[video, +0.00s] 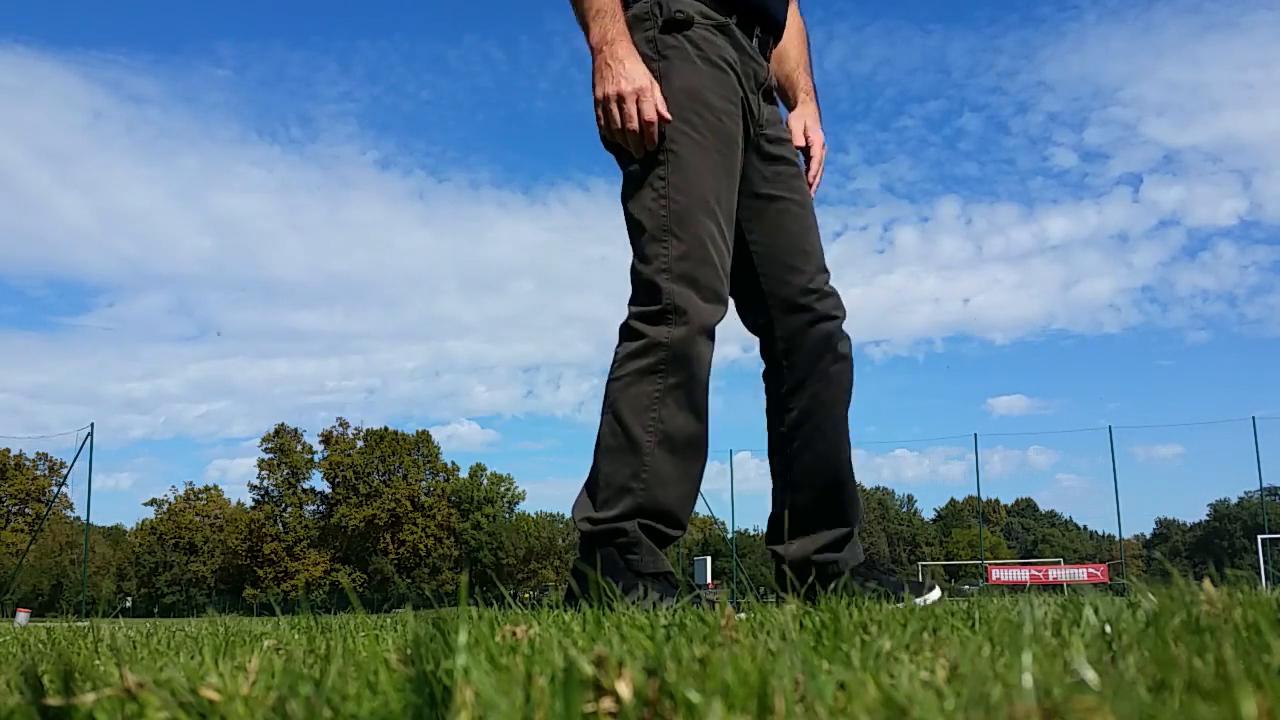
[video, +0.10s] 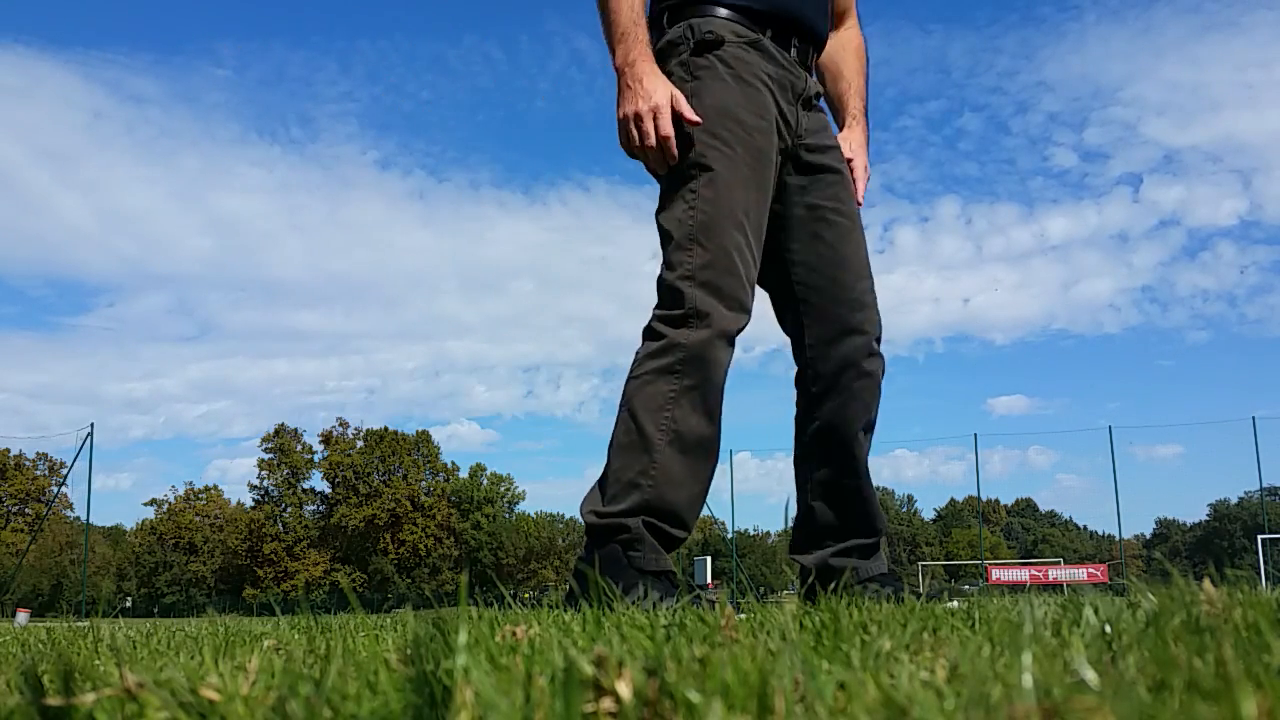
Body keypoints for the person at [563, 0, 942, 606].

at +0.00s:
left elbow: (781, 7)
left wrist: (802, 95)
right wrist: (611, 45)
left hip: (756, 52)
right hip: (678, 27)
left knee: (809, 319)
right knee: (679, 305)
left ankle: (822, 562)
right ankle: (619, 561)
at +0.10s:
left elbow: (840, 16)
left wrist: (853, 119)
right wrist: (635, 67)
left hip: (800, 80)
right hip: (717, 42)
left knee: (847, 337)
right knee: (704, 307)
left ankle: (841, 566)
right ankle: (621, 560)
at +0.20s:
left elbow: (885, 27)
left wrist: (911, 139)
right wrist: (665, 88)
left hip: (839, 87)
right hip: (752, 53)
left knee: (877, 339)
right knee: (735, 302)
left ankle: (846, 568)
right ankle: (636, 553)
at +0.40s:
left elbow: (961, 24)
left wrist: (998, 152)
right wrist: (709, 94)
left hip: (887, 85)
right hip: (787, 61)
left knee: (896, 335)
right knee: (805, 290)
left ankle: (848, 562)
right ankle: (736, 551)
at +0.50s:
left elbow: (987, 18)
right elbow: (713, 0)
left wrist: (1019, 139)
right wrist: (717, 94)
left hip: (902, 88)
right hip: (798, 70)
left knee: (905, 333)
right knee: (828, 292)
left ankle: (869, 561)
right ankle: (825, 555)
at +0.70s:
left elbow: (1006, 8)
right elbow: (729, 0)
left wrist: (1012, 128)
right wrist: (743, 118)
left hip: (928, 98)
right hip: (819, 88)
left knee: (978, 310)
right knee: (860, 313)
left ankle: (856, 546)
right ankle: (906, 557)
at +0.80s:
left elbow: (1014, 9)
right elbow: (740, 1)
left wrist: (999, 128)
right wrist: (751, 130)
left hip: (935, 99)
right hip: (825, 95)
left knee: (987, 309)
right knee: (864, 318)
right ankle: (912, 554)